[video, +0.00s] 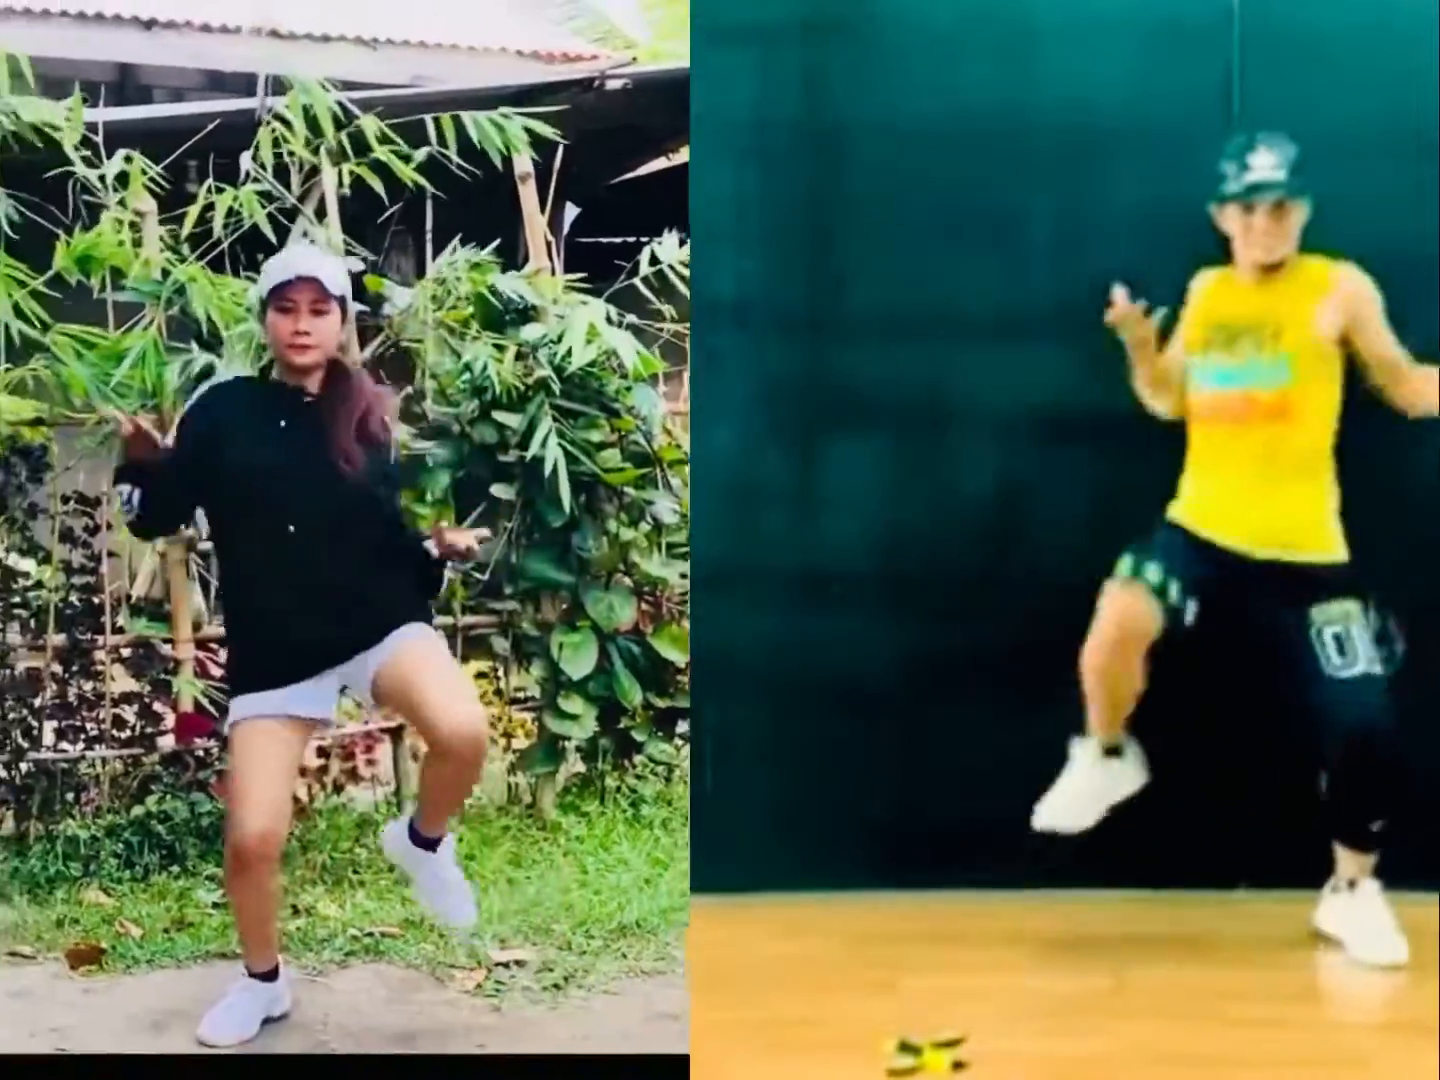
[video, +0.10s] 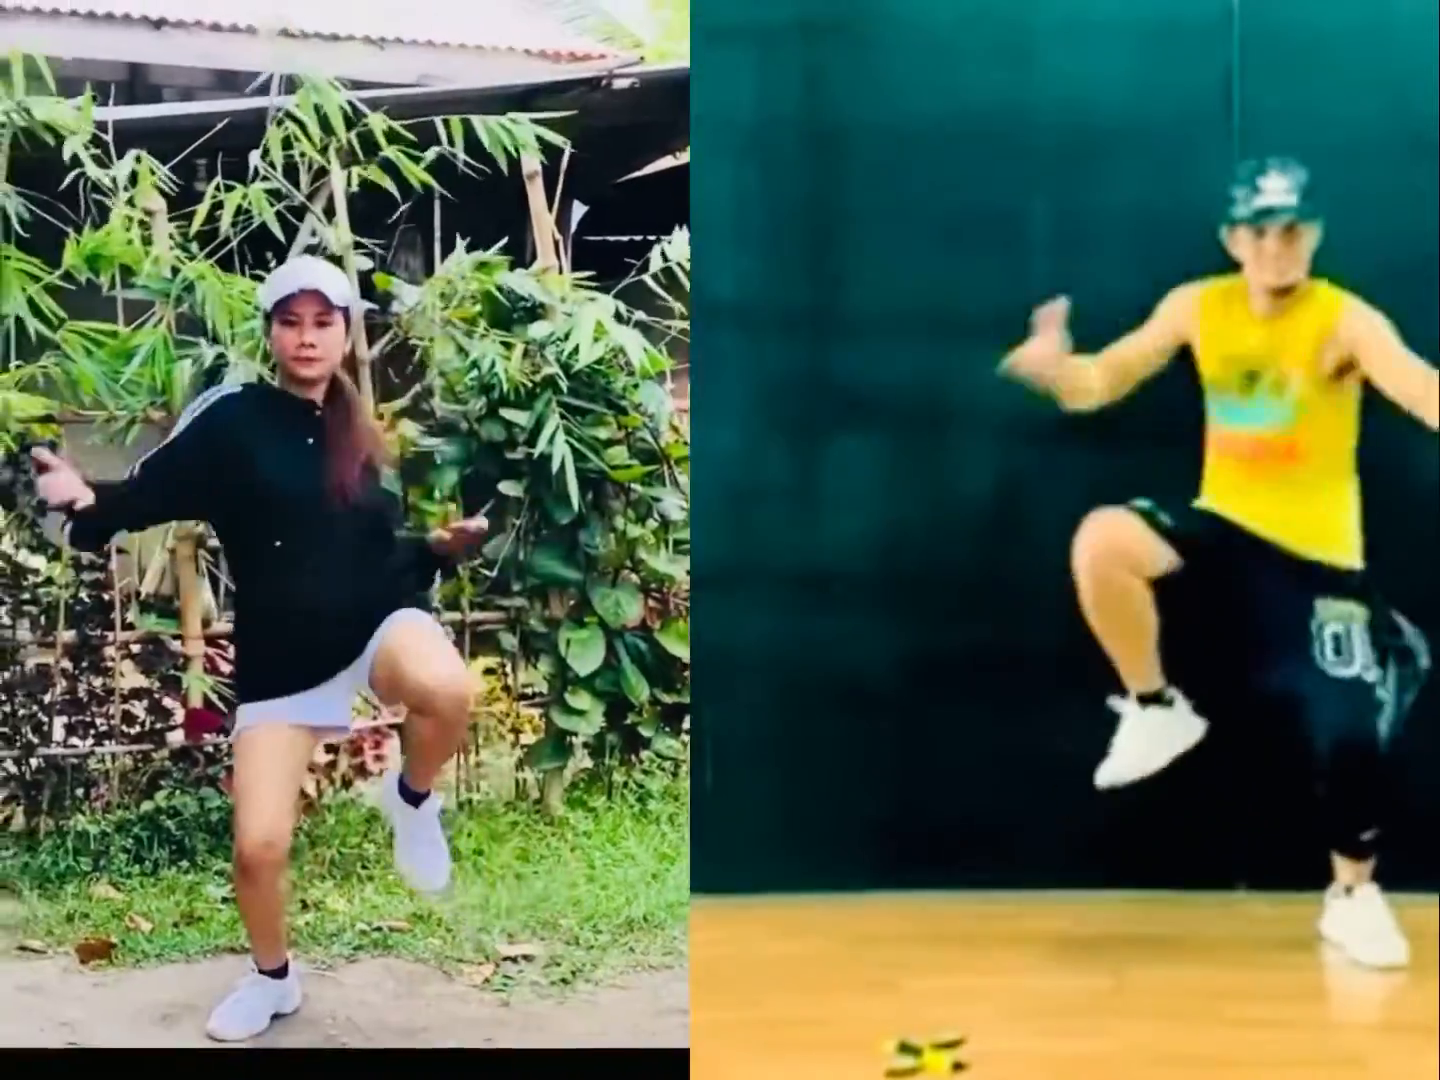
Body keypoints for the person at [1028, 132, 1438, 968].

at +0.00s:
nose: (1266, 222)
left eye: (1280, 206)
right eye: (1250, 208)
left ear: (1304, 212)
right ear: (1222, 216)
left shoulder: (1341, 288)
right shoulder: (1205, 294)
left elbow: (1405, 385)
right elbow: (1168, 398)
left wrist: (1426, 379)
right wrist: (1140, 346)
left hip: (1304, 540)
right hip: (1201, 527)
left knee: (1363, 719)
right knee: (1114, 630)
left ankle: (1351, 889)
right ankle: (1105, 755)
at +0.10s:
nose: (1278, 249)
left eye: (1293, 231)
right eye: (1261, 232)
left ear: (1315, 237)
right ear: (1233, 240)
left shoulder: (1347, 321)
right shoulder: (1195, 308)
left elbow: (1423, 394)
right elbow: (1102, 381)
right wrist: (1050, 364)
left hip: (1321, 553)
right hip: (1221, 529)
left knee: (1350, 736)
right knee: (1103, 544)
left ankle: (1353, 892)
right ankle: (1152, 708)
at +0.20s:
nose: (1282, 257)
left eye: (1297, 238)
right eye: (1265, 240)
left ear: (1323, 238)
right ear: (1241, 246)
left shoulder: (1359, 299)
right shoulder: (1213, 324)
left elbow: (1425, 396)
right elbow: (1109, 412)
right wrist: (1008, 417)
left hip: (1323, 550)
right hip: (1221, 527)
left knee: (1362, 727)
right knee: (1074, 585)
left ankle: (1353, 892)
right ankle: (1135, 734)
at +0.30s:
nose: (1272, 238)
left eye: (1285, 220)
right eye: (1255, 221)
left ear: (1309, 221)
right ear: (1228, 228)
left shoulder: (1344, 289)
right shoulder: (1198, 308)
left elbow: (1380, 382)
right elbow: (1180, 416)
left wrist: (1422, 380)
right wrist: (1107, 397)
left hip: (1317, 558)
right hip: (1208, 543)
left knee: (1365, 727)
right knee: (1070, 652)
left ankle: (1353, 892)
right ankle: (1071, 792)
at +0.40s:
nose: (1249, 239)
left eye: (1263, 222)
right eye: (1232, 223)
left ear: (1286, 228)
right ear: (1207, 231)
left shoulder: (1318, 310)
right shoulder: (1171, 309)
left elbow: (1363, 412)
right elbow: (1140, 416)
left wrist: (1438, 409)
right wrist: (1123, 384)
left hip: (1300, 564)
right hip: (1186, 561)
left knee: (1366, 716)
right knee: (1083, 718)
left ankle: (1357, 884)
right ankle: (1013, 843)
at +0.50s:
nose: (1219, 274)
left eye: (1235, 258)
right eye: (1204, 258)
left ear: (1257, 265)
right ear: (1175, 265)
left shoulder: (1285, 367)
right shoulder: (1125, 340)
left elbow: (1370, 472)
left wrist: (1437, 469)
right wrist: (1056, 412)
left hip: (1272, 598)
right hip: (1159, 597)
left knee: (1363, 722)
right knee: (1081, 753)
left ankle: (1357, 886)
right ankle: (1019, 882)